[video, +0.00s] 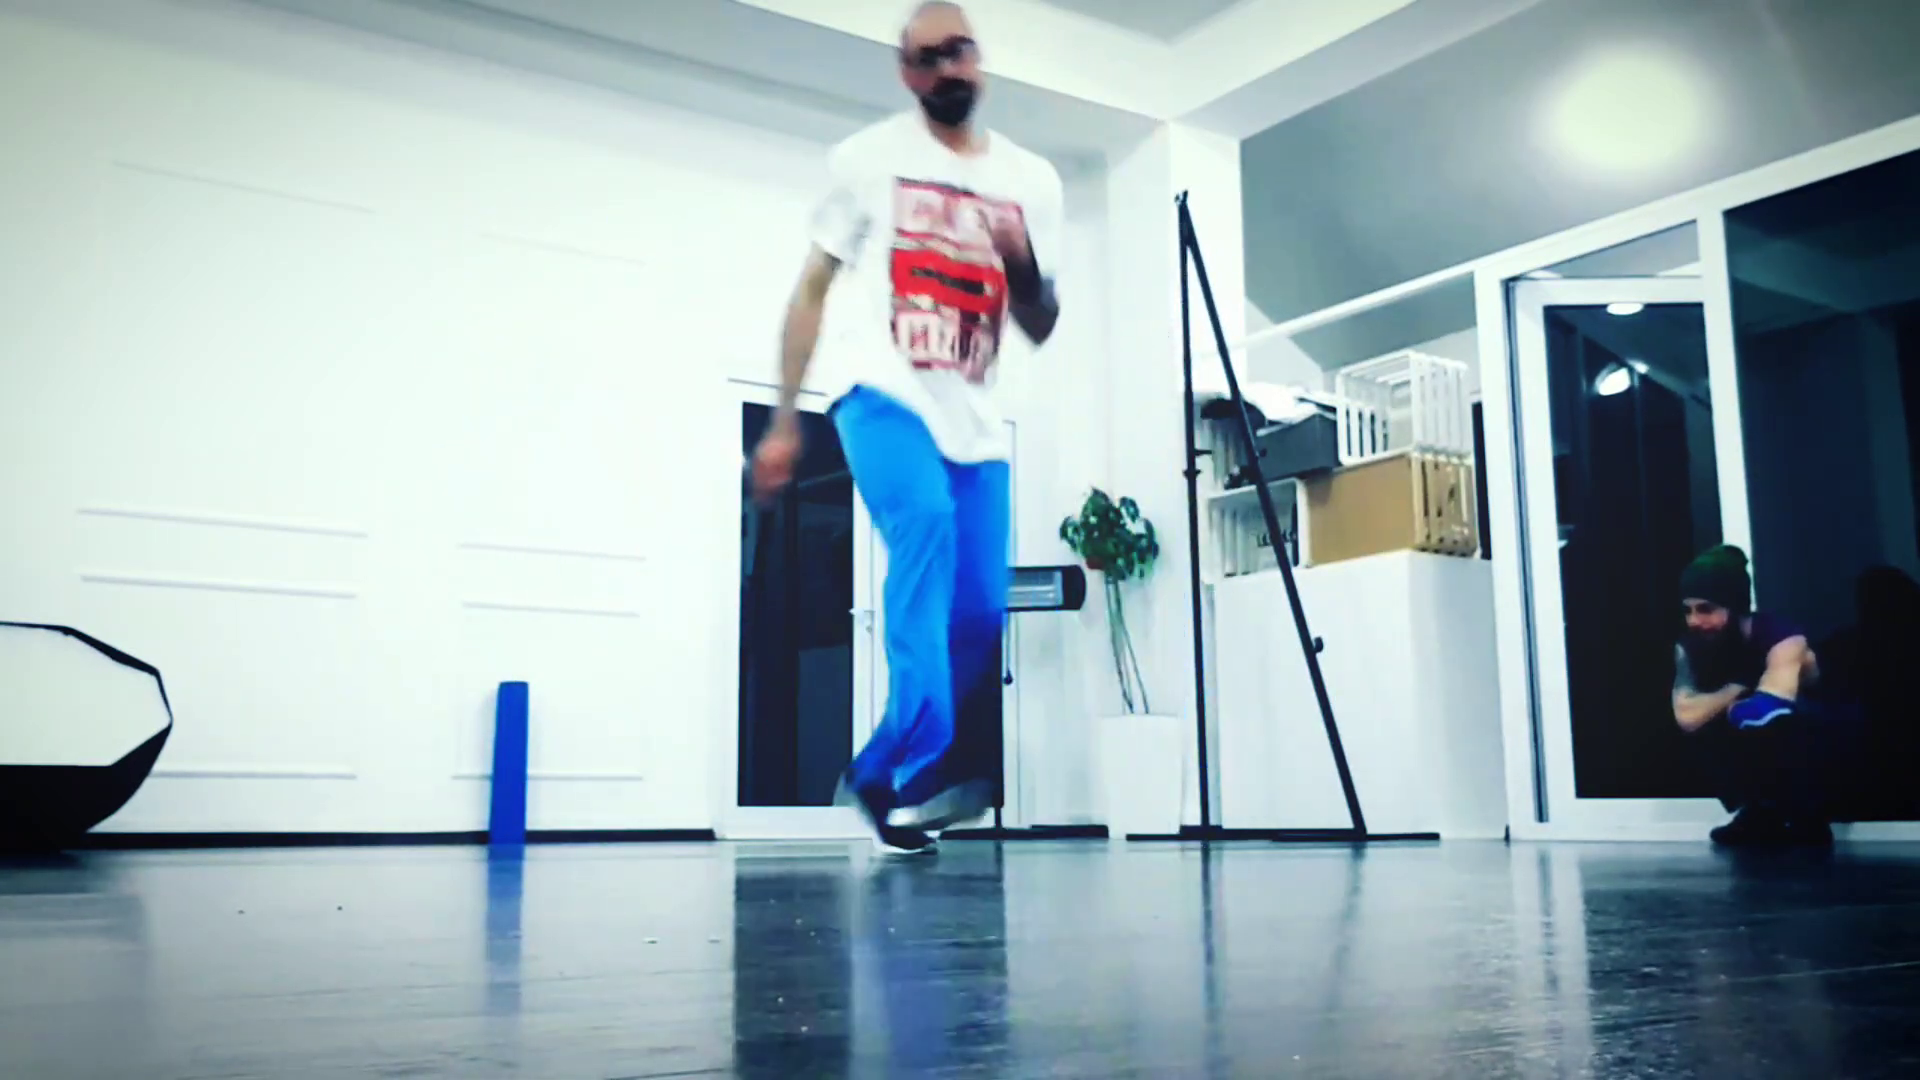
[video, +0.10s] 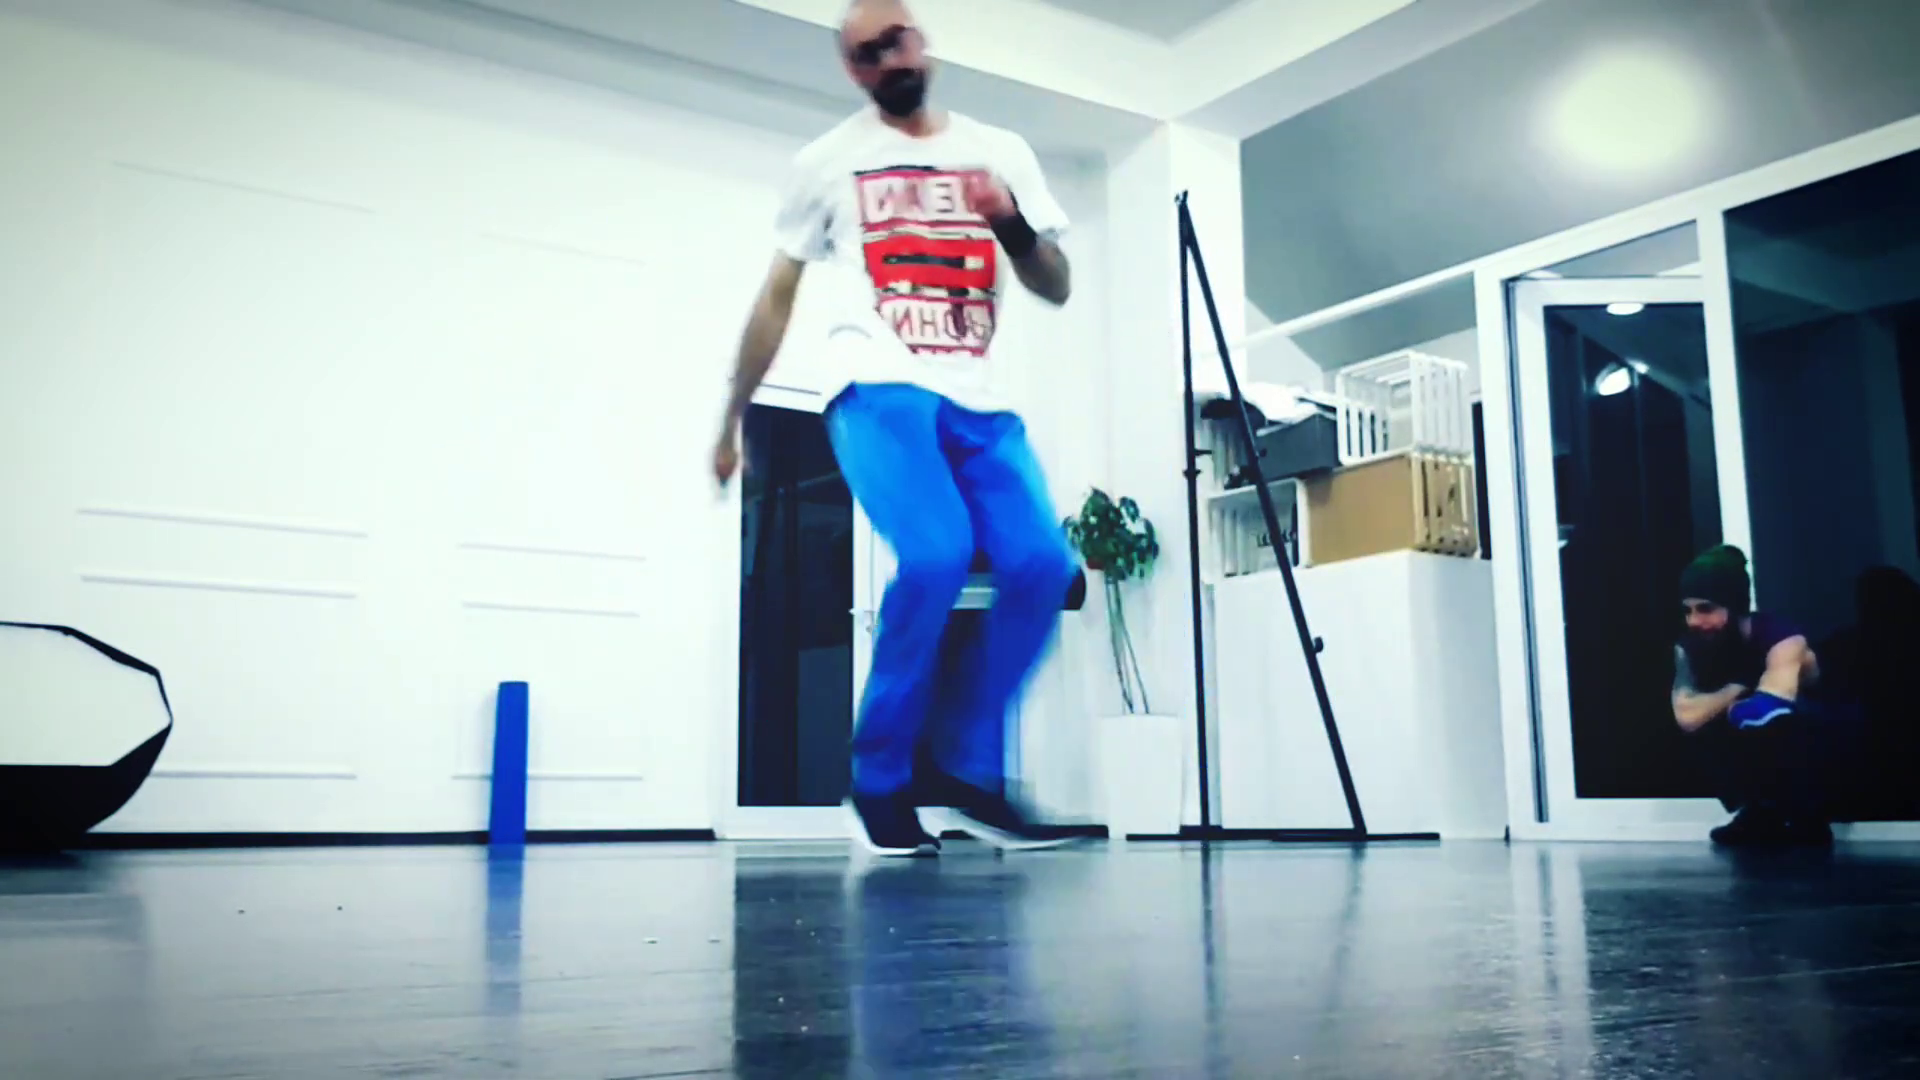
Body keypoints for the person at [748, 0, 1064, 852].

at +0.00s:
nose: (948, 68)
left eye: (958, 51)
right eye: (928, 58)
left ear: (982, 57)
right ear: (905, 72)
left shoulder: (1029, 177)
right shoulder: (868, 159)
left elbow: (1039, 326)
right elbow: (811, 289)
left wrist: (1020, 260)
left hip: (978, 408)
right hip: (883, 391)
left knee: (984, 604)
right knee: (927, 524)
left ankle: (879, 772)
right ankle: (920, 775)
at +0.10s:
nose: (893, 60)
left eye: (901, 39)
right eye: (871, 51)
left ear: (926, 41)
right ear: (850, 68)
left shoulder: (999, 151)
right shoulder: (828, 163)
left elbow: (1057, 288)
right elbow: (776, 295)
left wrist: (1008, 224)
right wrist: (730, 419)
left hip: (979, 398)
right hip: (878, 392)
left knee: (1041, 567)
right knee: (938, 556)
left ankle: (960, 766)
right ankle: (880, 781)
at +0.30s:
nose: (784, 63)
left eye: (788, 38)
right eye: (763, 59)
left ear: (823, 24)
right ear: (757, 73)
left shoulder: (937, 119)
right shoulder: (768, 171)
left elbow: (1031, 230)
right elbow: (728, 273)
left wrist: (1105, 338)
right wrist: (699, 316)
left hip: (970, 372)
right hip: (868, 398)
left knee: (959, 540)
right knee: (891, 557)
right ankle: (943, 773)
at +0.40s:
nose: (753, 82)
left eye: (756, 59)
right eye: (736, 80)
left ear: (795, 43)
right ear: (732, 96)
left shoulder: (921, 137)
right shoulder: (762, 176)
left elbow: (1012, 254)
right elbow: (708, 287)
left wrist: (1097, 364)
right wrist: (719, 167)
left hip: (946, 379)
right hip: (862, 411)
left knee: (852, 545)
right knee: (899, 609)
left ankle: (884, 798)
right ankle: (1094, 716)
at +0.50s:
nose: (735, 108)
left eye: (741, 85)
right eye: (720, 105)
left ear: (782, 75)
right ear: (720, 123)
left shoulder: (903, 162)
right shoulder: (759, 212)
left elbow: (1003, 278)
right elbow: (668, 271)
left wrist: (1094, 381)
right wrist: (672, 156)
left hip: (932, 393)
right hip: (885, 416)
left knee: (806, 563)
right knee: (901, 651)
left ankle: (880, 801)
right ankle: (1102, 637)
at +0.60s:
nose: (724, 104)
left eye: (726, 80)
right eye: (707, 103)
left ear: (767, 60)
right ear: (711, 120)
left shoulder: (886, 124)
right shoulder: (745, 199)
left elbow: (1011, 214)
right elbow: (654, 271)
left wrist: (1029, 338)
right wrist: (606, 270)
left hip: (949, 357)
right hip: (875, 401)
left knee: (856, 556)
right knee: (867, 588)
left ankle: (888, 800)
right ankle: (1073, 624)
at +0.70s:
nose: (729, 93)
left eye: (730, 69)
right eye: (713, 95)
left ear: (768, 48)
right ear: (718, 110)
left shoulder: (877, 88)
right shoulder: (765, 192)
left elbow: (986, 174)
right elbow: (734, 305)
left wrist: (889, 192)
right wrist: (701, 417)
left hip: (972, 336)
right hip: (887, 370)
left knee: (895, 532)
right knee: (815, 531)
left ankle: (987, 767)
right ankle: (940, 727)